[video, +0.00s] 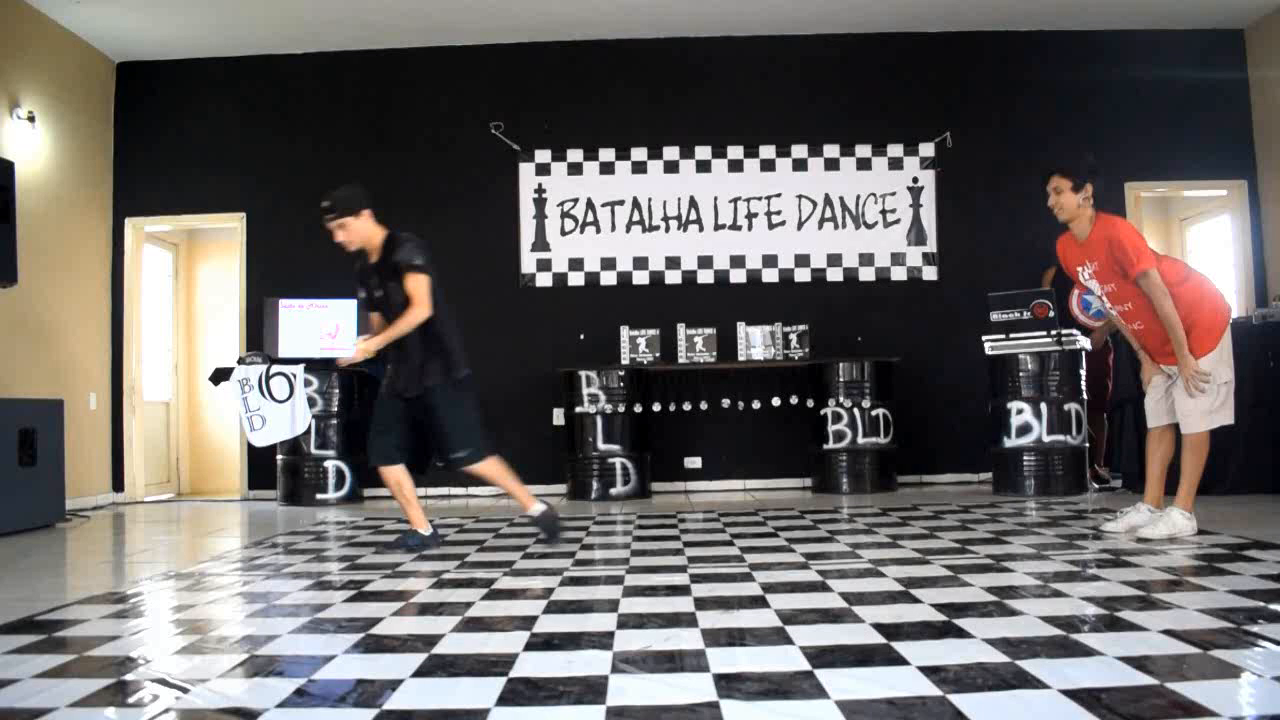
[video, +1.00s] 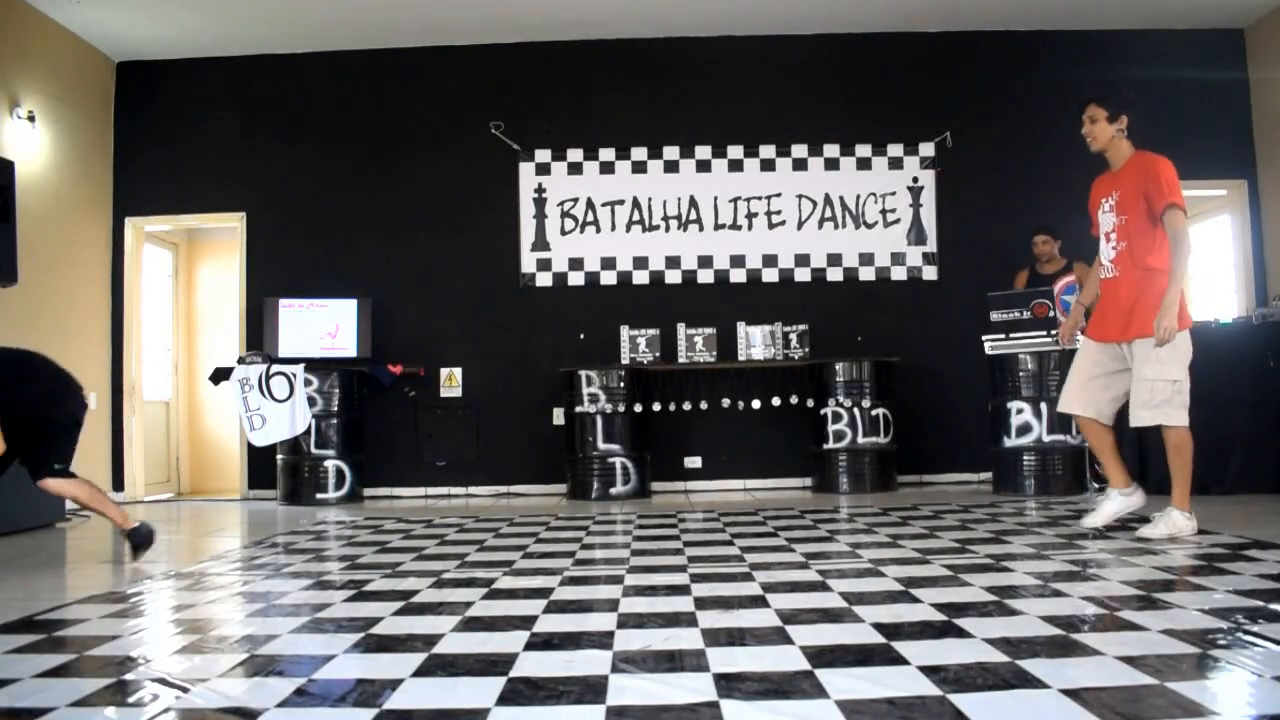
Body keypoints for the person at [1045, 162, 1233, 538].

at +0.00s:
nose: (1051, 202)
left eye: (1058, 192)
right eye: (1049, 195)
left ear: (1085, 193)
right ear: (1052, 201)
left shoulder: (1116, 231)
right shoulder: (1066, 248)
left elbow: (1156, 290)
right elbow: (1110, 307)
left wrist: (1184, 354)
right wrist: (1144, 355)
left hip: (1200, 321)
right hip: (1157, 332)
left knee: (1194, 413)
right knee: (1158, 412)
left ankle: (1183, 512)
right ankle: (1152, 506)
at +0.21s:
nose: (1065, 175)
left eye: (1072, 166)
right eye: (1062, 169)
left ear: (1098, 169)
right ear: (1064, 177)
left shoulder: (1124, 211)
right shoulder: (1075, 230)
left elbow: (1160, 274)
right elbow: (1115, 292)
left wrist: (1182, 344)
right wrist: (1138, 345)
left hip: (1194, 325)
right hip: (1150, 333)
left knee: (1191, 416)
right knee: (1155, 416)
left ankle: (1183, 511)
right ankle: (1152, 505)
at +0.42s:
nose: (1074, 150)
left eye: (1083, 142)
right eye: (1073, 144)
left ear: (1109, 149)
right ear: (1075, 155)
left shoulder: (1131, 192)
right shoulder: (1081, 212)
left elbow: (1166, 260)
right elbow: (1111, 280)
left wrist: (1179, 331)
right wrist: (1126, 337)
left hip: (1187, 323)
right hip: (1141, 331)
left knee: (1187, 416)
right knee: (1152, 419)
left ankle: (1182, 512)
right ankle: (1151, 506)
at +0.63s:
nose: (1077, 131)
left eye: (1086, 123)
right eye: (1076, 124)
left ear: (1113, 126)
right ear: (1082, 134)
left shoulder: (1145, 167)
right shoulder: (1090, 188)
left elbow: (1184, 233)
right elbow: (1105, 257)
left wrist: (1182, 300)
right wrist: (1100, 314)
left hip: (1166, 315)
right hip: (1124, 321)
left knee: (1178, 415)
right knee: (1140, 418)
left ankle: (1182, 512)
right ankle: (1150, 506)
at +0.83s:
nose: (1085, 132)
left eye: (1093, 124)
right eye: (1084, 125)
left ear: (1120, 127)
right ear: (1093, 133)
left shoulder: (1153, 167)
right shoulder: (1098, 186)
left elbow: (1182, 231)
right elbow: (1100, 254)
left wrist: (1179, 297)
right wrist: (1081, 307)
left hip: (1158, 311)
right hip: (1114, 315)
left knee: (1170, 410)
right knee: (1110, 408)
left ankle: (1181, 511)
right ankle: (1146, 502)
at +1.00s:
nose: (1084, 130)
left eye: (1092, 121)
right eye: (1084, 123)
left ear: (1120, 124)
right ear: (1095, 131)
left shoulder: (1153, 167)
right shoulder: (1099, 187)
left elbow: (1180, 232)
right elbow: (1105, 258)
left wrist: (1170, 300)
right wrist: (1077, 310)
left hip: (1158, 311)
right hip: (1111, 315)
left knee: (1171, 411)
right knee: (1081, 402)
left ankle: (1181, 512)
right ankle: (1123, 490)